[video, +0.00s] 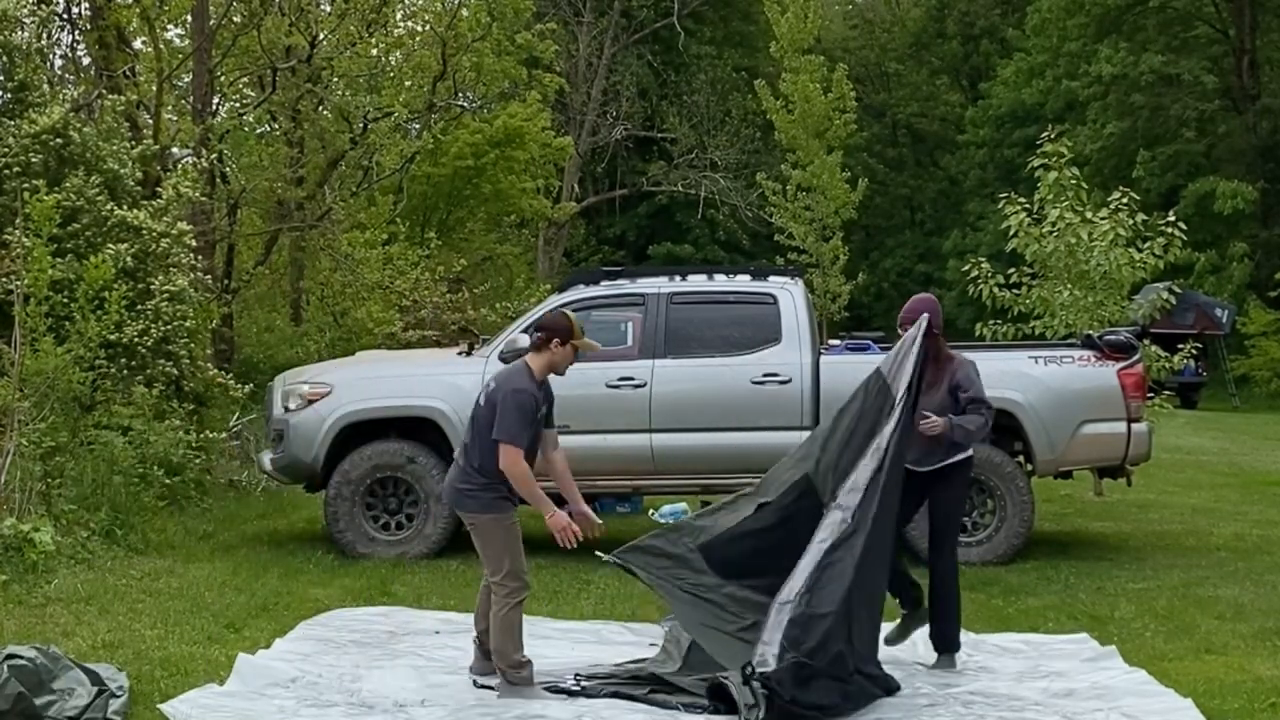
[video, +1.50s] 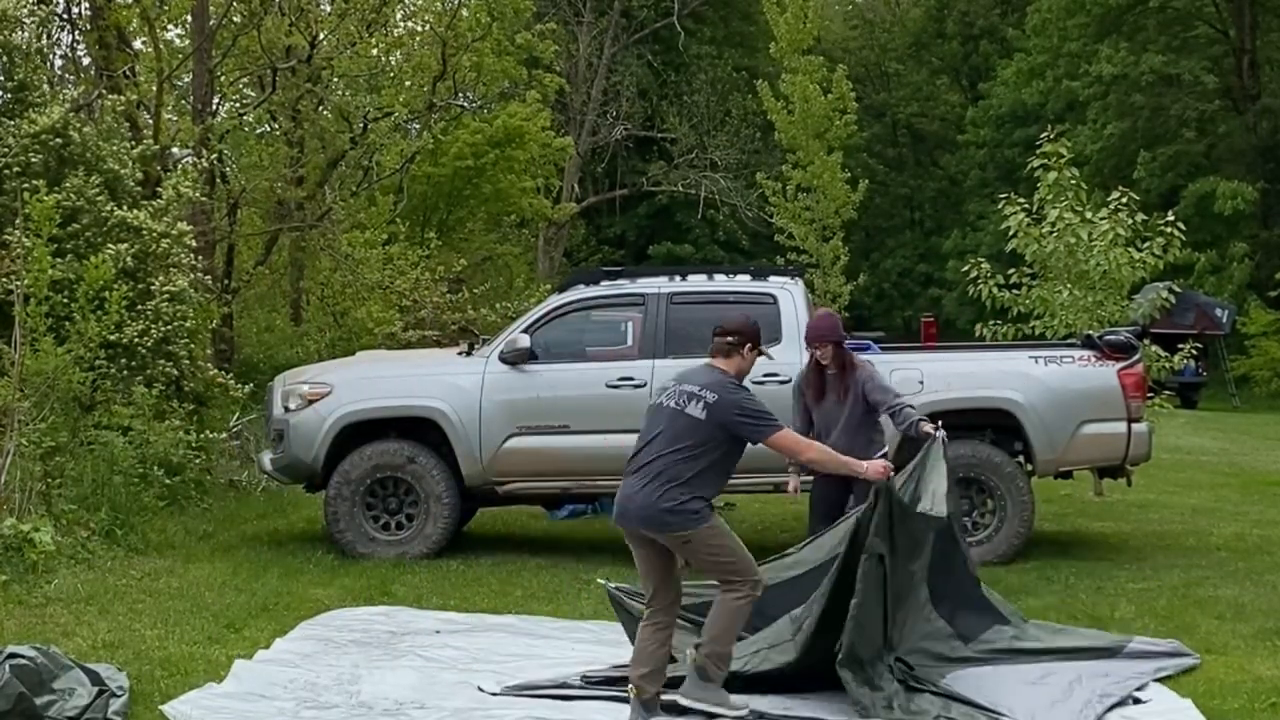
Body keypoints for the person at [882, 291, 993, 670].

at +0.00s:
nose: (904, 337)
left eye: (910, 330)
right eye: (902, 330)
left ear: (929, 330)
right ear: (904, 331)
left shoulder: (959, 367)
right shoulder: (901, 367)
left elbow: (982, 420)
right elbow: (881, 414)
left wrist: (947, 425)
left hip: (950, 471)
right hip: (908, 470)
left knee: (943, 555)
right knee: (876, 538)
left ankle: (946, 650)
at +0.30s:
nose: (928, 343)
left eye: (934, 336)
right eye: (922, 337)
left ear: (950, 334)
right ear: (917, 338)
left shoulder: (976, 365)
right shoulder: (914, 374)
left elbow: (1015, 386)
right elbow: (922, 422)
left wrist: (1042, 391)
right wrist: (966, 428)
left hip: (972, 468)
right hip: (936, 470)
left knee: (963, 546)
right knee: (953, 551)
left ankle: (970, 636)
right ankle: (964, 639)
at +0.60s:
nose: (977, 363)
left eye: (983, 359)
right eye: (974, 357)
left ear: (999, 360)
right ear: (970, 355)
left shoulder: (1017, 392)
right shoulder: (956, 379)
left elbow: (1048, 447)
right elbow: (936, 423)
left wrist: (1077, 500)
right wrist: (925, 464)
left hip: (1006, 472)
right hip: (961, 469)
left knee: (1002, 548)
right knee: (942, 534)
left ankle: (1010, 639)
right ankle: (965, 623)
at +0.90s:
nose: (899, 389)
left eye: (904, 384)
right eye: (895, 383)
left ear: (920, 384)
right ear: (891, 381)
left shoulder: (942, 412)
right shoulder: (882, 402)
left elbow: (958, 472)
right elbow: (871, 444)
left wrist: (959, 534)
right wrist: (864, 480)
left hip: (944, 478)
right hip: (906, 476)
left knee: (947, 544)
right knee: (900, 542)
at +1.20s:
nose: (867, 360)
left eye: (872, 353)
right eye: (863, 354)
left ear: (887, 351)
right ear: (859, 356)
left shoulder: (917, 382)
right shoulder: (861, 387)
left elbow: (937, 438)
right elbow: (859, 431)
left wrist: (905, 463)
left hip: (926, 467)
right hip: (886, 468)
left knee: (917, 541)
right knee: (889, 540)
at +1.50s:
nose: (819, 353)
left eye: (824, 346)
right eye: (814, 348)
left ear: (837, 343)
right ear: (809, 348)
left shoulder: (862, 373)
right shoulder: (805, 381)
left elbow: (894, 406)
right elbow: (800, 430)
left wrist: (922, 425)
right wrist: (793, 472)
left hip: (867, 465)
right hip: (828, 467)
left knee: (867, 534)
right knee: (821, 537)